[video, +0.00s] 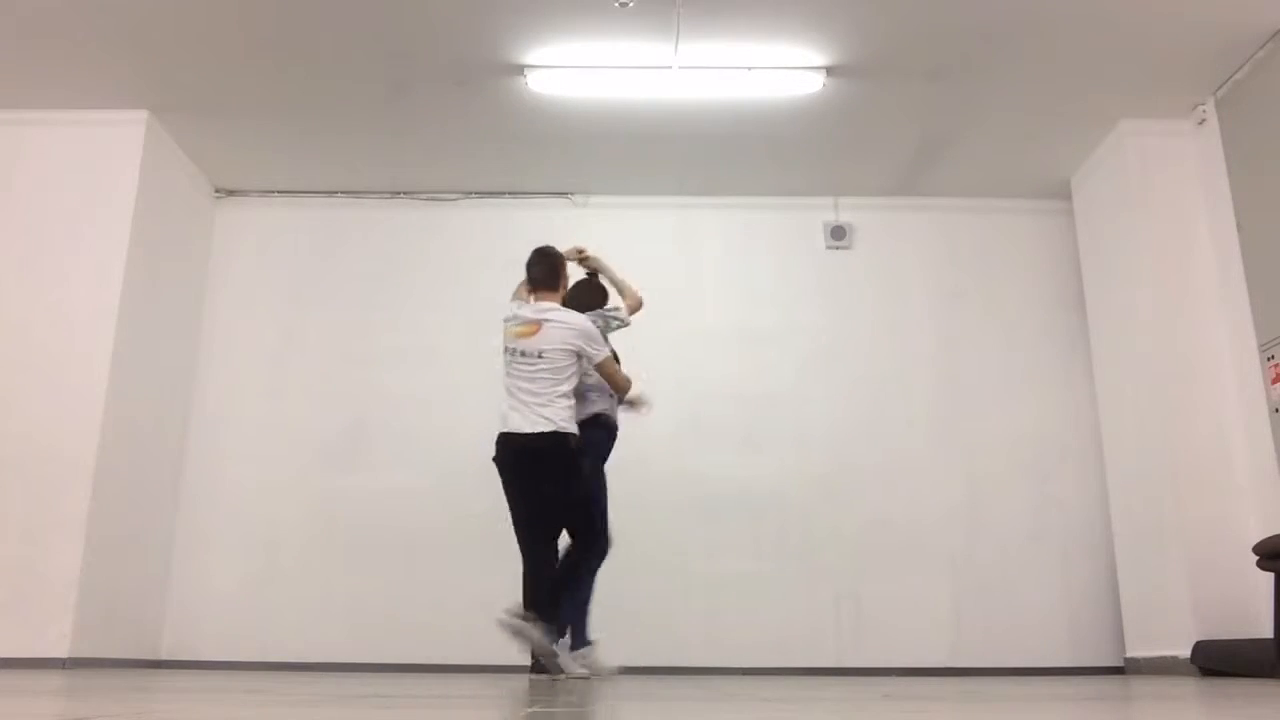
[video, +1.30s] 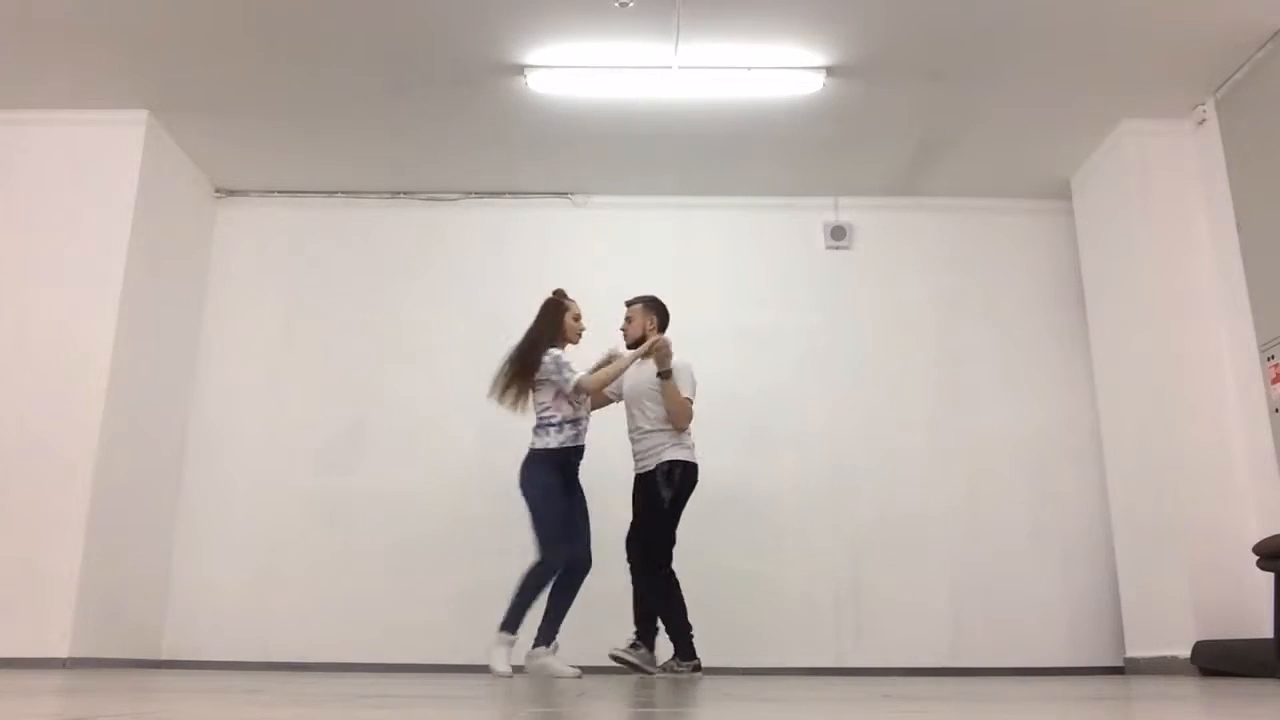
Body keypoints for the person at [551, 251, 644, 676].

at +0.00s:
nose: (613, 306)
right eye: (607, 299)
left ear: (568, 301)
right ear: (600, 304)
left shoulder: (556, 323)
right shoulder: (596, 323)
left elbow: (524, 291)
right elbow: (634, 301)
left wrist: (555, 268)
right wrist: (600, 266)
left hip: (565, 426)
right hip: (596, 424)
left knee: (581, 537)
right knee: (593, 537)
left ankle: (578, 640)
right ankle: (551, 622)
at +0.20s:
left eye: (551, 280)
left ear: (551, 285)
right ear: (588, 285)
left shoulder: (533, 319)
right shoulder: (607, 330)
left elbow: (496, 312)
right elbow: (633, 391)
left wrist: (515, 287)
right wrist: (600, 373)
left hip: (538, 445)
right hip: (590, 447)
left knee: (542, 550)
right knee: (619, 545)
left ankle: (542, 655)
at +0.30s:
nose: (557, 293)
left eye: (557, 288)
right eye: (560, 288)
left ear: (561, 289)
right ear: (596, 289)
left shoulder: (545, 326)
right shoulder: (620, 335)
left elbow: (488, 335)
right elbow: (639, 394)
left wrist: (495, 310)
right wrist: (606, 369)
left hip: (558, 450)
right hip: (610, 453)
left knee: (552, 554)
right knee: (629, 552)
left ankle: (544, 654)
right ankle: (653, 651)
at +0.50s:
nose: (577, 302)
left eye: (579, 296)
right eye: (578, 297)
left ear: (586, 298)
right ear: (616, 300)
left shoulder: (580, 337)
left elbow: (526, 382)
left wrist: (496, 355)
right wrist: (542, 319)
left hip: (599, 454)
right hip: (647, 455)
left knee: (559, 552)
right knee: (649, 560)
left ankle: (594, 636)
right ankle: (653, 654)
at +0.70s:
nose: (580, 321)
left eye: (585, 317)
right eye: (573, 315)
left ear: (592, 327)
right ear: (559, 324)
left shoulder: (590, 355)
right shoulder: (545, 359)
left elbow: (589, 304)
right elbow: (523, 382)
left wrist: (578, 254)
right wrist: (549, 369)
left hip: (579, 462)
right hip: (546, 466)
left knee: (569, 556)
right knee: (522, 551)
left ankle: (577, 647)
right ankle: (546, 635)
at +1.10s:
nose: (577, 327)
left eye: (577, 321)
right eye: (570, 320)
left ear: (565, 327)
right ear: (550, 323)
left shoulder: (573, 358)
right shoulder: (532, 357)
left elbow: (601, 335)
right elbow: (559, 379)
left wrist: (598, 299)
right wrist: (613, 364)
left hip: (556, 473)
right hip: (522, 467)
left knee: (583, 555)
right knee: (517, 553)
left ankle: (545, 645)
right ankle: (492, 645)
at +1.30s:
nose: (582, 325)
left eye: (581, 318)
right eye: (576, 318)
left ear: (564, 322)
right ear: (557, 320)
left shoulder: (564, 361)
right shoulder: (549, 358)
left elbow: (584, 400)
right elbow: (586, 385)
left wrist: (614, 370)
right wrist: (635, 354)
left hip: (567, 471)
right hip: (543, 470)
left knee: (579, 560)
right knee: (555, 556)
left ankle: (542, 650)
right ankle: (504, 639)